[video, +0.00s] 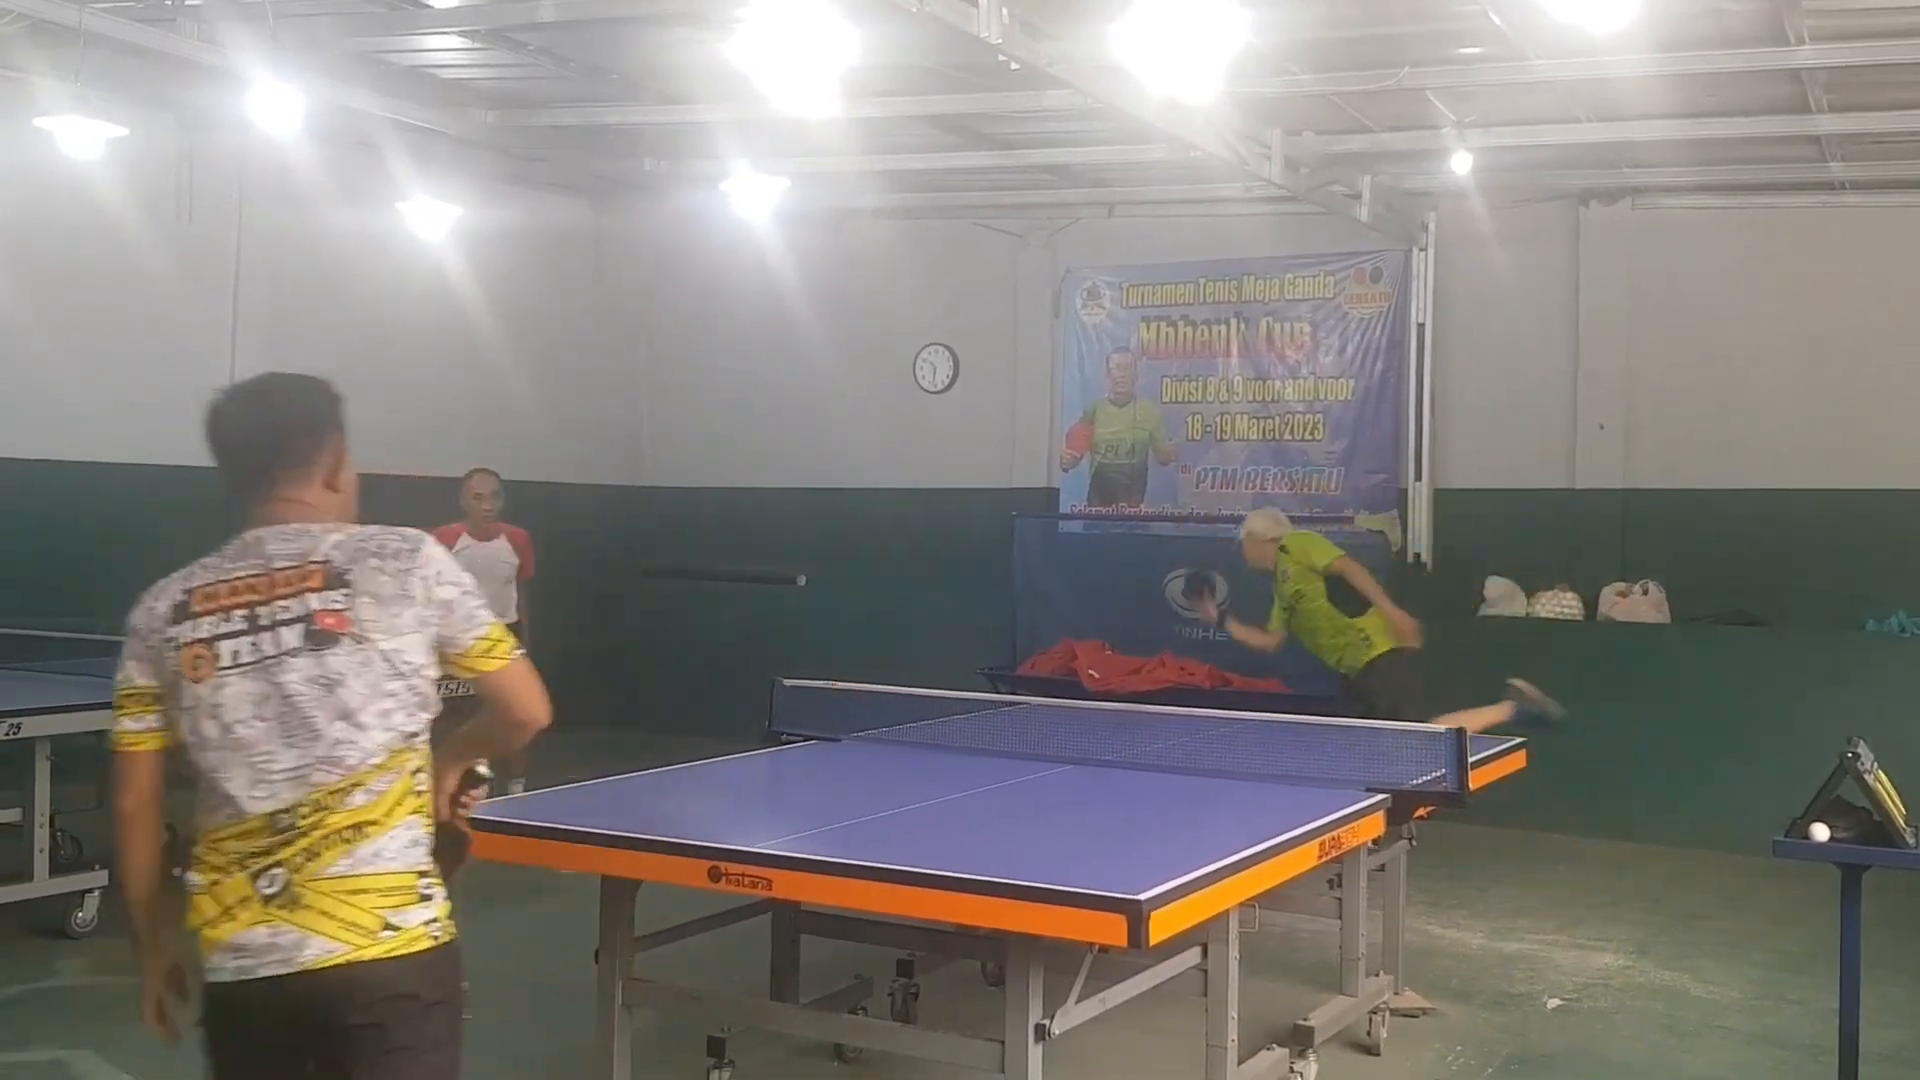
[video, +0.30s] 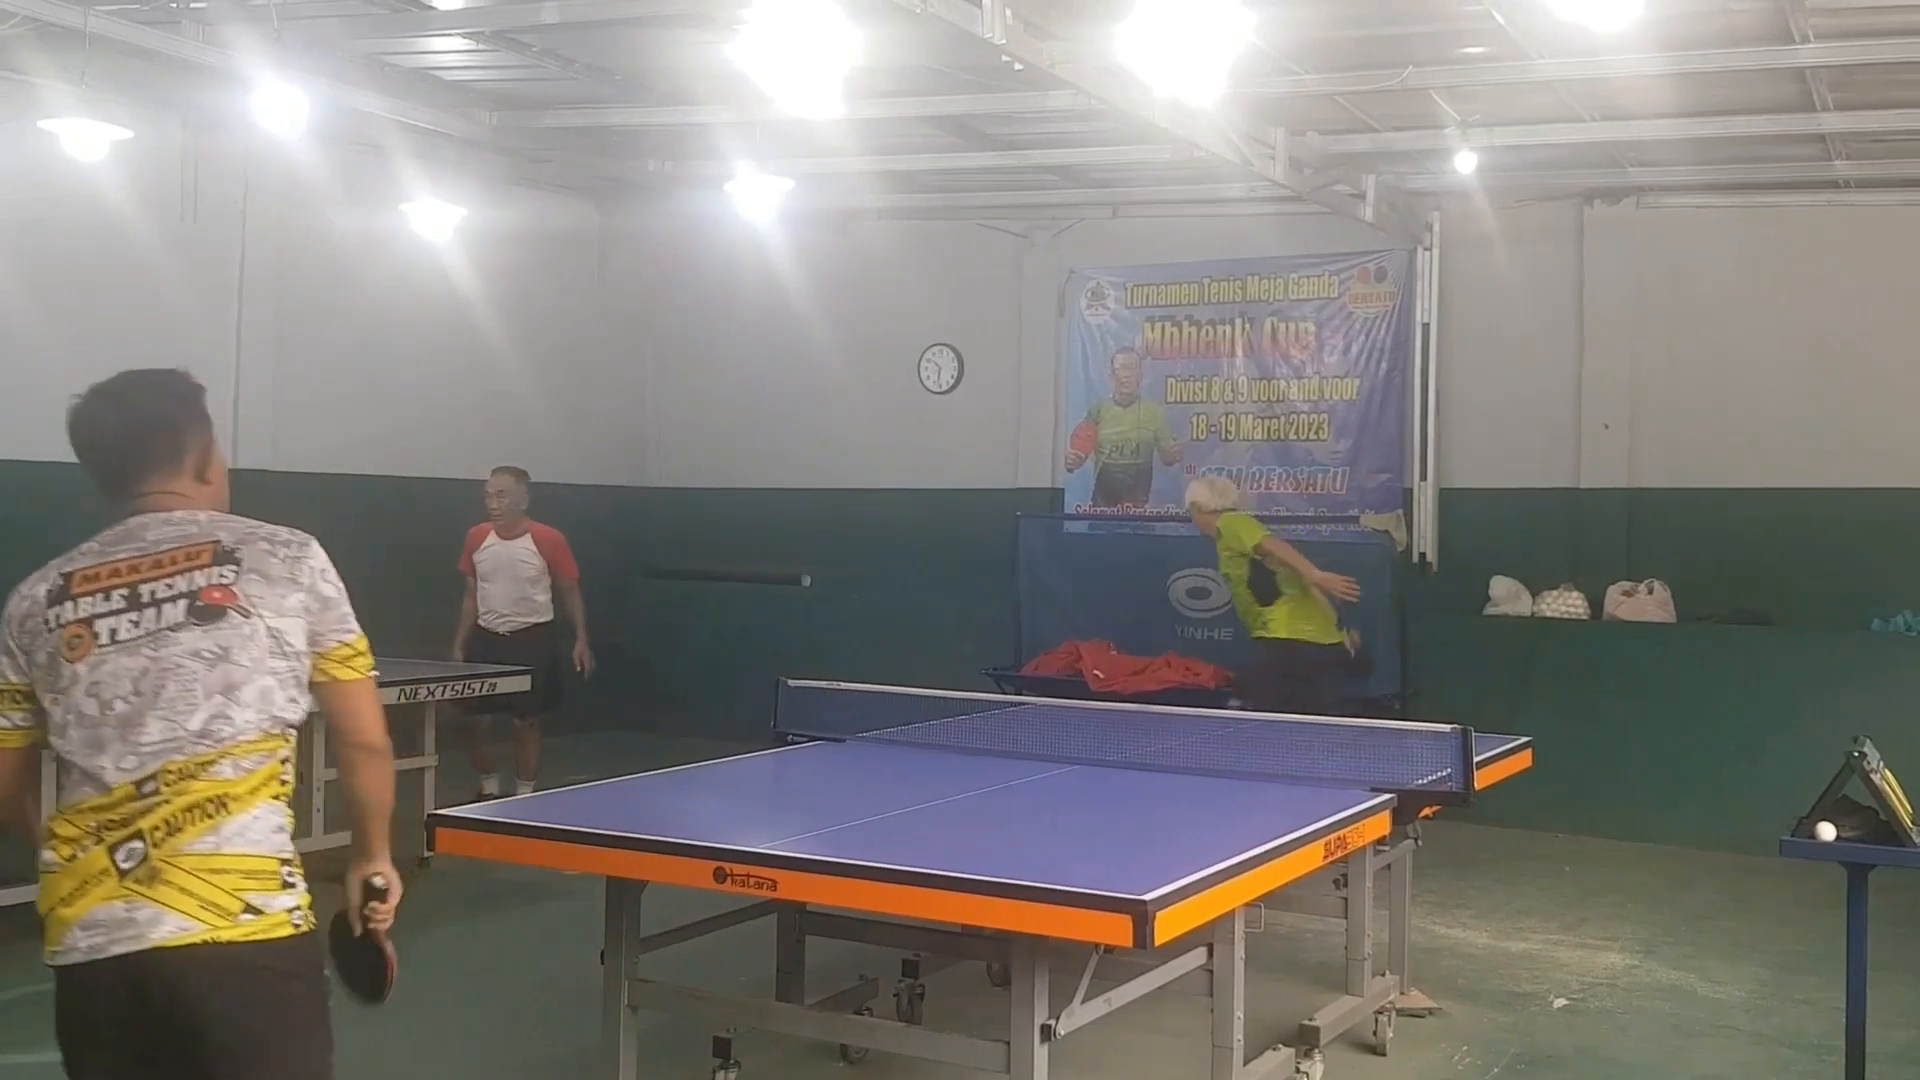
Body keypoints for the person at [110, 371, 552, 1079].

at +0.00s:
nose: (354, 475)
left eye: (347, 454)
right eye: (350, 455)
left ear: (234, 476)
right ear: (335, 461)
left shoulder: (163, 609)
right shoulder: (409, 562)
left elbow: (134, 801)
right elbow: (525, 709)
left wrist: (154, 943)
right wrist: (448, 758)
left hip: (244, 968)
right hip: (393, 955)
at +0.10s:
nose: (291, 472)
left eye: (285, 455)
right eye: (286, 456)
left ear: (173, 484)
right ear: (275, 467)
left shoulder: (107, 615)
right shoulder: (360, 569)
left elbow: (86, 813)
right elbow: (468, 724)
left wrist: (152, 892)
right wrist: (421, 778)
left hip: (180, 973)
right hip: (338, 960)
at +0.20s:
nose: (245, 467)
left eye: (237, 450)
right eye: (241, 450)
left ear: (128, 487)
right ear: (230, 461)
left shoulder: (66, 610)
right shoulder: (320, 566)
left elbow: (37, 804)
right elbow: (408, 737)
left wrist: (119, 855)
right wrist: (401, 833)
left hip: (131, 970)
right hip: (286, 952)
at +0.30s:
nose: (221, 463)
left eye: (214, 445)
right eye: (216, 446)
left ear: (105, 477)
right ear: (204, 452)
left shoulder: (34, 602)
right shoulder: (290, 558)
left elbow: (16, 796)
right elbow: (364, 735)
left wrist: (84, 862)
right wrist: (373, 854)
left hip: (95, 966)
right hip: (247, 947)